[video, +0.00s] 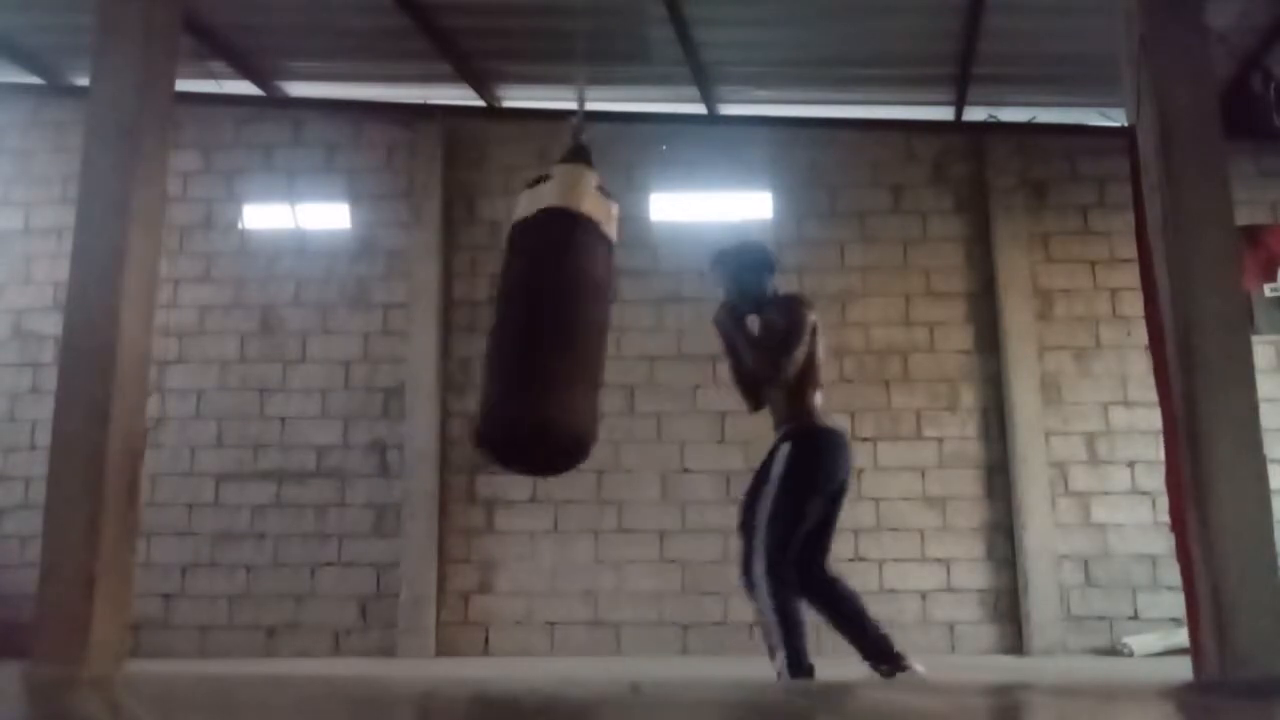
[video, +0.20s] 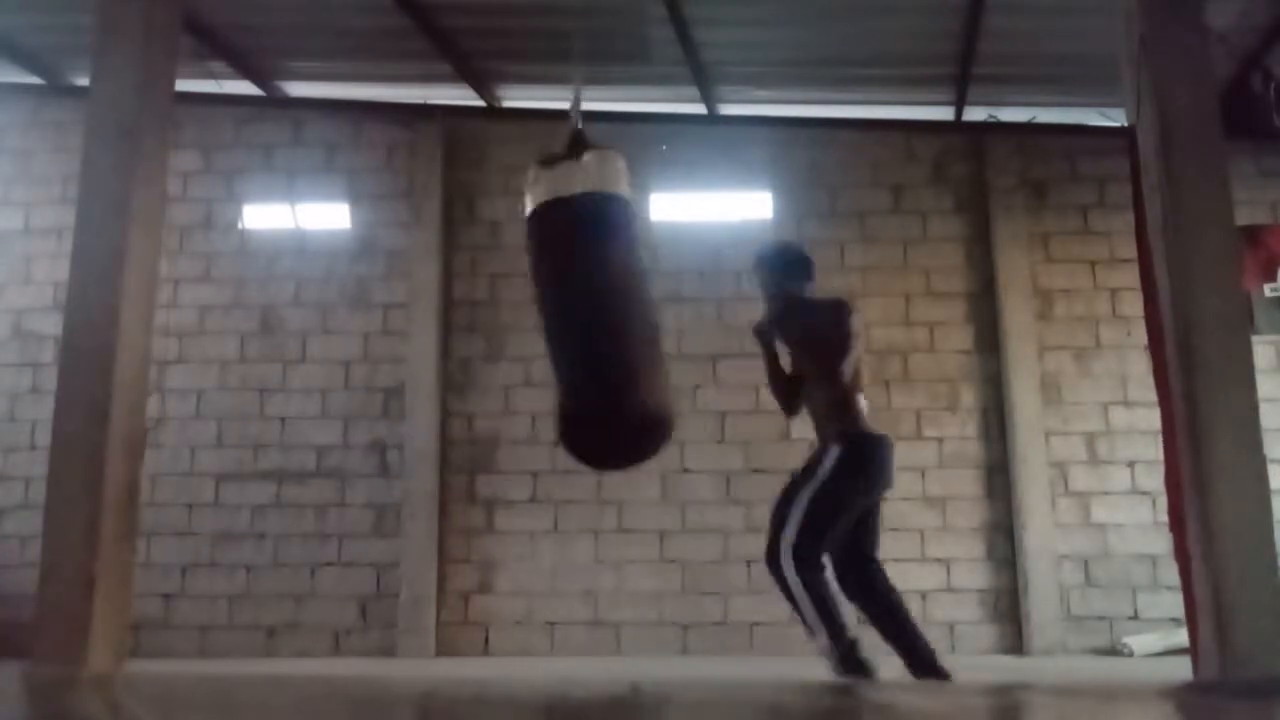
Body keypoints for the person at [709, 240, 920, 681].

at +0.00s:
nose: (723, 291)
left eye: (727, 282)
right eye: (722, 283)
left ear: (748, 278)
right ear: (760, 277)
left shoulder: (790, 310)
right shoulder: (771, 324)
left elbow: (774, 375)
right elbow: (753, 397)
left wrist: (732, 326)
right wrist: (730, 336)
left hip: (802, 448)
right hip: (827, 446)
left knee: (763, 564)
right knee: (809, 569)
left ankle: (796, 679)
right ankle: (893, 666)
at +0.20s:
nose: (762, 292)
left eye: (767, 282)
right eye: (760, 283)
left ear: (788, 282)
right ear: (790, 283)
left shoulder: (830, 312)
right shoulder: (798, 332)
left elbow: (839, 376)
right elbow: (788, 400)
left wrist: (791, 331)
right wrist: (767, 344)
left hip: (849, 452)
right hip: (860, 453)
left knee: (788, 552)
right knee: (857, 569)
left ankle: (848, 665)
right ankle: (933, 677)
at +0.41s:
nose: (784, 302)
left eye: (788, 291)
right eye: (782, 292)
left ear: (814, 288)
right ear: (806, 290)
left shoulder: (857, 319)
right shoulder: (820, 336)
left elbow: (862, 382)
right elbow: (814, 406)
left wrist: (808, 343)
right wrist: (790, 354)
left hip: (870, 456)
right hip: (885, 456)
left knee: (826, 561)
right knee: (870, 570)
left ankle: (886, 672)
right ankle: (933, 675)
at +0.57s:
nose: (784, 283)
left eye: (787, 271)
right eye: (782, 273)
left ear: (813, 265)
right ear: (812, 267)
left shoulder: (856, 290)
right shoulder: (823, 313)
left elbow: (868, 353)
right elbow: (816, 382)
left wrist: (818, 314)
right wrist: (791, 334)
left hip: (872, 430)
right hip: (886, 430)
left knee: (840, 544)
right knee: (876, 549)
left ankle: (896, 664)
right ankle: (933, 657)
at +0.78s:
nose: (793, 301)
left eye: (798, 291)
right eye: (792, 292)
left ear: (824, 289)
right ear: (817, 293)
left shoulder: (867, 320)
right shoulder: (827, 339)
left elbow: (859, 384)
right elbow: (820, 412)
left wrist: (815, 337)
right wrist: (795, 351)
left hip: (878, 460)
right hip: (875, 462)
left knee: (846, 580)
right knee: (855, 582)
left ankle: (904, 676)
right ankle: (954, 661)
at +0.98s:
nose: (789, 278)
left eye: (793, 267)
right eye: (786, 269)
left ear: (815, 262)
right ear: (818, 266)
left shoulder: (855, 288)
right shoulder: (825, 308)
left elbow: (862, 350)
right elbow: (818, 382)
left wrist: (807, 317)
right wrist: (788, 330)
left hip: (873, 428)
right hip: (877, 429)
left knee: (855, 551)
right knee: (866, 549)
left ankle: (904, 665)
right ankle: (914, 662)